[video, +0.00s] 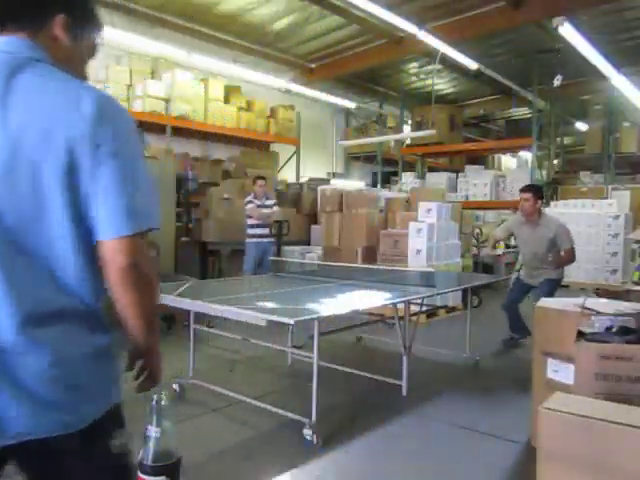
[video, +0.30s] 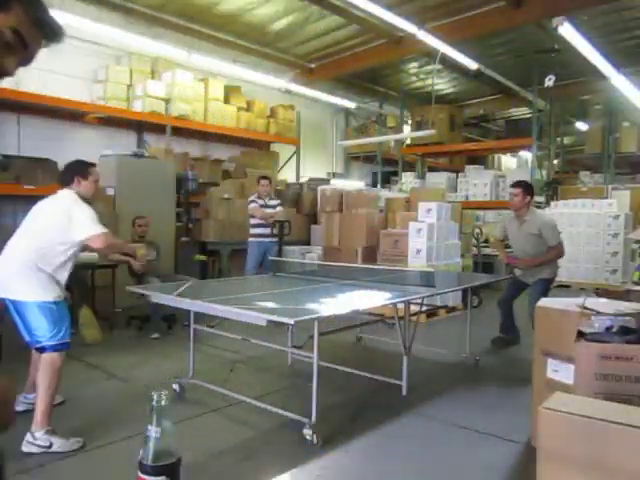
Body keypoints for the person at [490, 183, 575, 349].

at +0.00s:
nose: (521, 205)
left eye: (526, 200)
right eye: (520, 200)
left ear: (538, 203)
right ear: (519, 202)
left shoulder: (556, 227)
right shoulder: (516, 222)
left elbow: (570, 256)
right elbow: (496, 235)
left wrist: (554, 261)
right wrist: (491, 247)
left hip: (549, 274)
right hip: (527, 273)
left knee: (538, 303)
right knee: (509, 304)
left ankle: (544, 339)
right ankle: (519, 334)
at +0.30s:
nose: (511, 200)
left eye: (516, 196)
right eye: (511, 195)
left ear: (528, 199)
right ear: (511, 199)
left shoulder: (544, 222)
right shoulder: (509, 221)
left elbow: (558, 251)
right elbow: (498, 241)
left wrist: (531, 262)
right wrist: (505, 256)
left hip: (544, 272)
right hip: (522, 272)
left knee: (534, 305)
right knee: (504, 301)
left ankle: (542, 342)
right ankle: (509, 334)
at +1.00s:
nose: (525, 212)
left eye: (529, 207)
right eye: (523, 207)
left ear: (539, 209)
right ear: (520, 209)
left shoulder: (552, 233)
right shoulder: (514, 226)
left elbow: (564, 261)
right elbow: (493, 247)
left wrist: (553, 270)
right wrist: (509, 257)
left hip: (541, 278)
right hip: (519, 278)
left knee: (539, 312)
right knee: (497, 311)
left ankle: (543, 347)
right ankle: (510, 336)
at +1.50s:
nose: (514, 198)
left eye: (518, 194)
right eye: (512, 194)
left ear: (528, 197)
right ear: (511, 197)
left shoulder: (543, 220)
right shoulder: (509, 219)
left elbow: (559, 249)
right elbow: (500, 240)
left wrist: (534, 263)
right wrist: (504, 255)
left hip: (542, 270)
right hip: (521, 268)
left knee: (540, 307)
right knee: (501, 296)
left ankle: (545, 346)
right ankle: (489, 331)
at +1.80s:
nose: (495, 195)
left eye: (499, 191)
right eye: (493, 190)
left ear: (510, 194)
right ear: (492, 193)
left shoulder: (524, 213)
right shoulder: (491, 214)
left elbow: (539, 241)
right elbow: (483, 235)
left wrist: (518, 250)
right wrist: (491, 248)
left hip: (530, 265)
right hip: (507, 265)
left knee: (536, 305)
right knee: (490, 294)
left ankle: (544, 342)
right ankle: (488, 331)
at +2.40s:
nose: (478, 205)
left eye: (479, 200)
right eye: (477, 201)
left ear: (489, 199)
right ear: (489, 200)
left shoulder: (504, 214)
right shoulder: (493, 220)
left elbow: (513, 243)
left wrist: (497, 267)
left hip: (528, 268)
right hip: (513, 269)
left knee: (526, 309)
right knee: (489, 292)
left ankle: (545, 343)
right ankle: (487, 330)